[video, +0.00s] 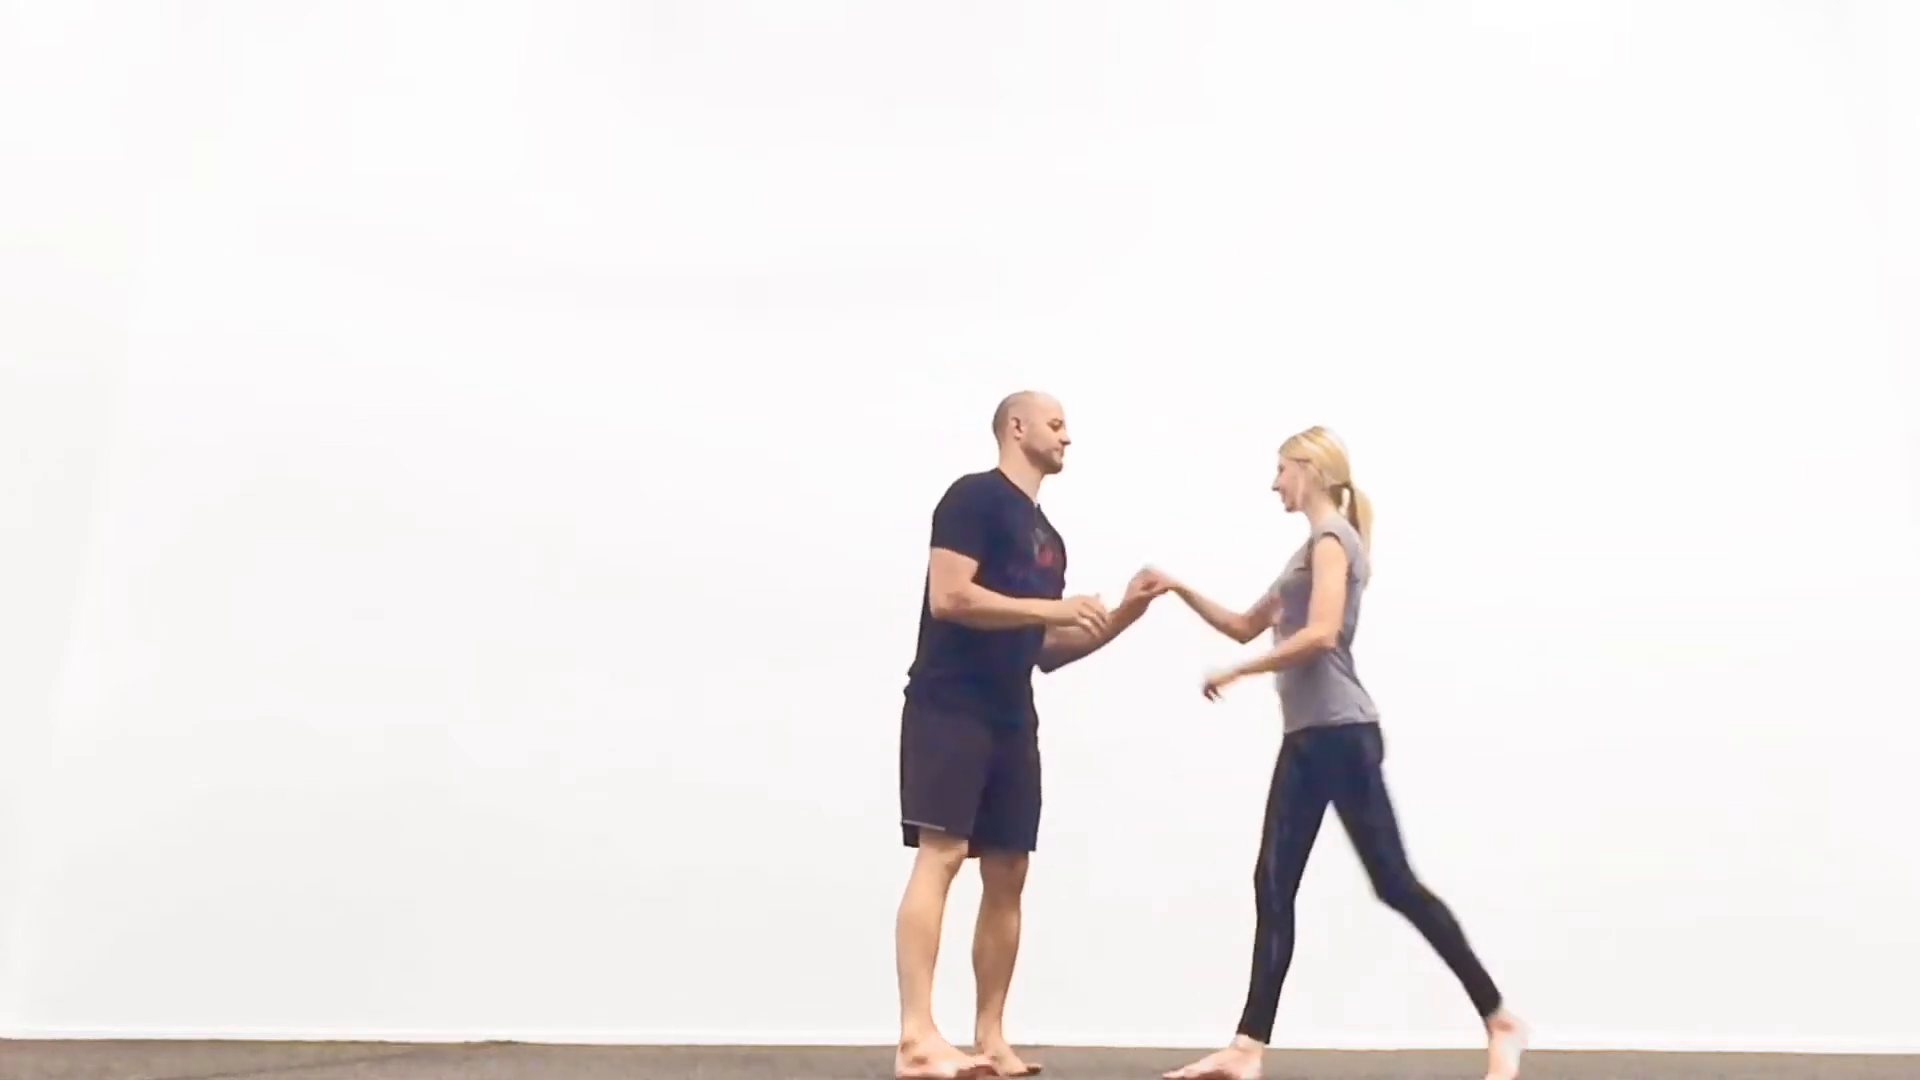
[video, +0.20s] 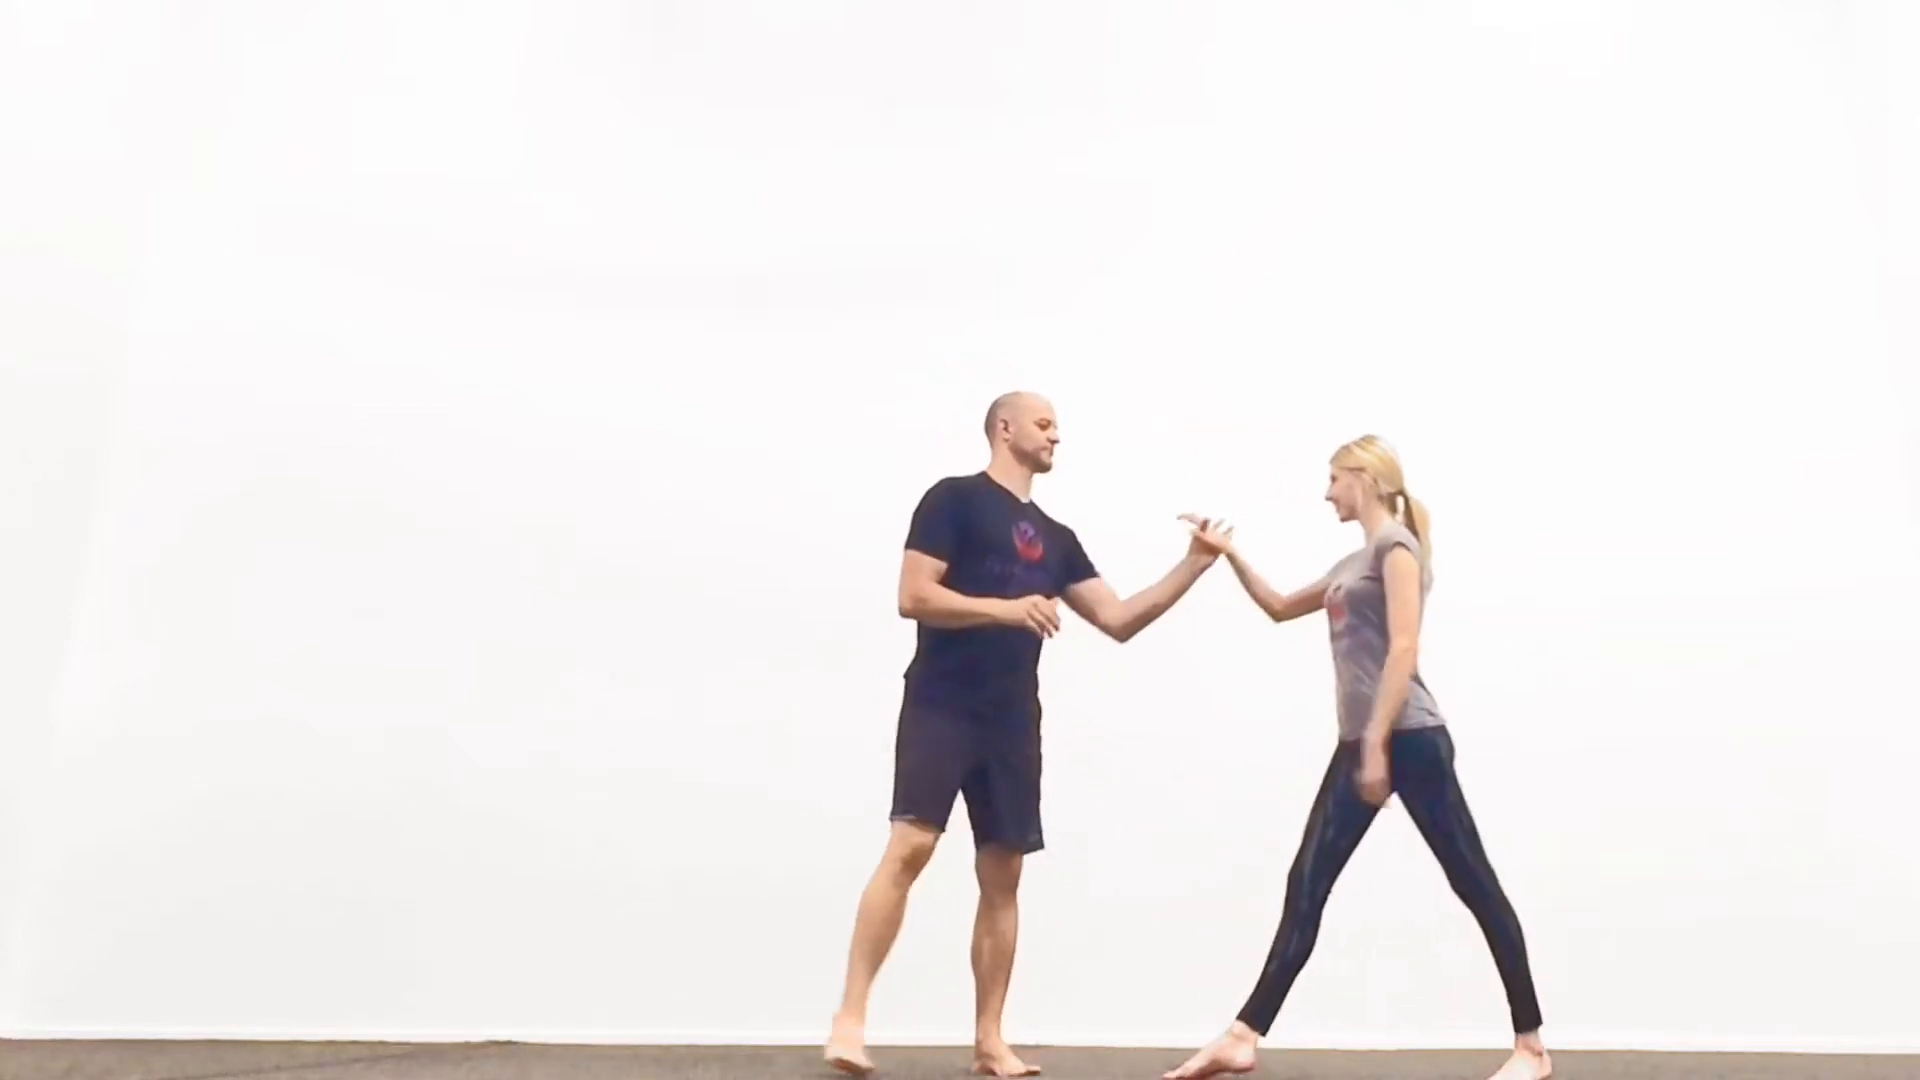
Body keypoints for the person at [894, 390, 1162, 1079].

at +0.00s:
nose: (1067, 438)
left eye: (1066, 428)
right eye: (1055, 425)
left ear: (1028, 431)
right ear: (1015, 428)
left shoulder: (1049, 540)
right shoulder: (973, 494)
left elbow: (1041, 651)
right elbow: (948, 598)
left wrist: (1122, 615)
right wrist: (1051, 609)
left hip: (1011, 715)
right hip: (949, 708)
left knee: (1006, 872)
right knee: (940, 855)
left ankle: (989, 1039)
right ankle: (916, 1038)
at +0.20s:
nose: (1055, 437)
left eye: (1056, 428)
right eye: (1043, 425)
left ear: (1032, 436)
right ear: (1002, 430)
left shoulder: (1054, 537)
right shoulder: (953, 498)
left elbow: (1120, 619)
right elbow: (916, 597)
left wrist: (1195, 562)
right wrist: (1007, 610)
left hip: (1012, 717)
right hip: (941, 707)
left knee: (1002, 872)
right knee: (911, 847)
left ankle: (990, 1042)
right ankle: (849, 1020)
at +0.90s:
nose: (969, 443)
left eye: (970, 432)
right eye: (956, 433)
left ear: (962, 439)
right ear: (917, 440)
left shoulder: (990, 529)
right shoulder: (874, 520)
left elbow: (1065, 594)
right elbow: (849, 630)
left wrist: (1102, 530)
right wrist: (942, 658)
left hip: (960, 724)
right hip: (881, 723)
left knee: (982, 871)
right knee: (838, 869)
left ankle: (991, 1044)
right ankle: (783, 1039)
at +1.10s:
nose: (952, 461)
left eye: (953, 448)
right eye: (938, 453)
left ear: (952, 450)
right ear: (901, 462)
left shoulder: (973, 523)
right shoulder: (879, 545)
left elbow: (1054, 565)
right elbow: (902, 665)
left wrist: (1058, 508)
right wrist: (997, 688)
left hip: (954, 729)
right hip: (879, 732)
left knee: (982, 869)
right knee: (838, 873)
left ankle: (991, 1043)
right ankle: (784, 1038)